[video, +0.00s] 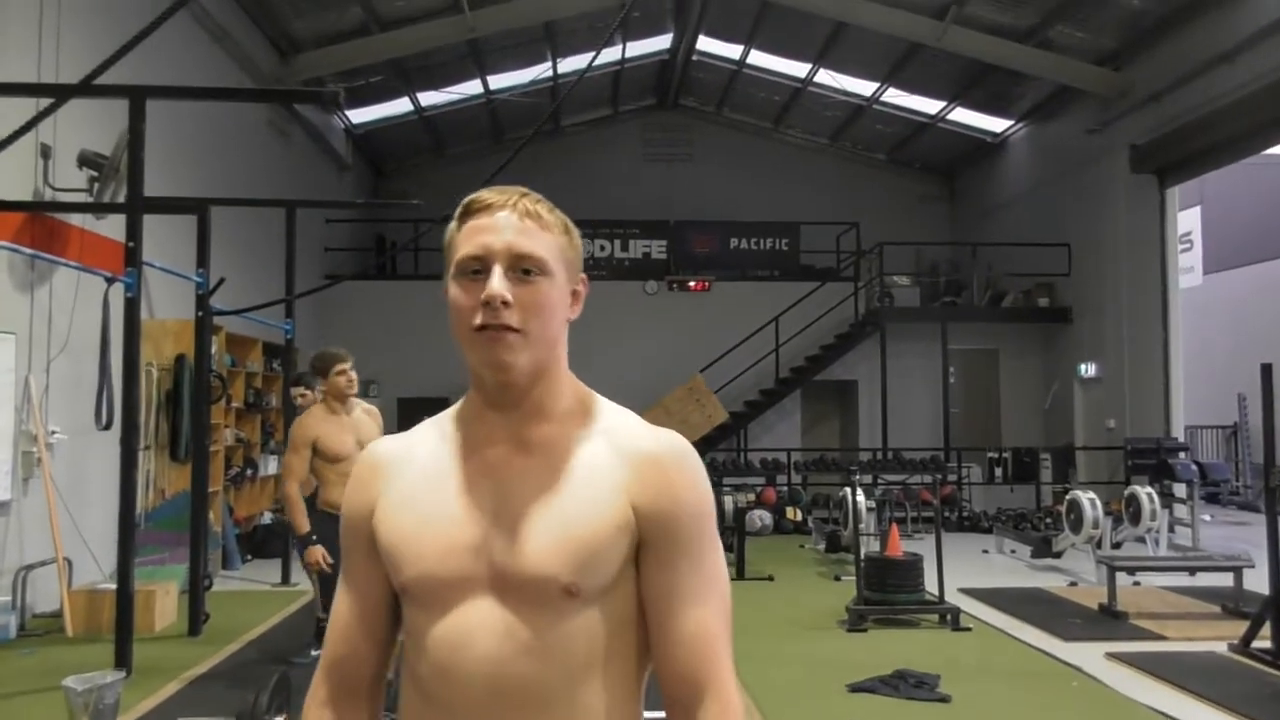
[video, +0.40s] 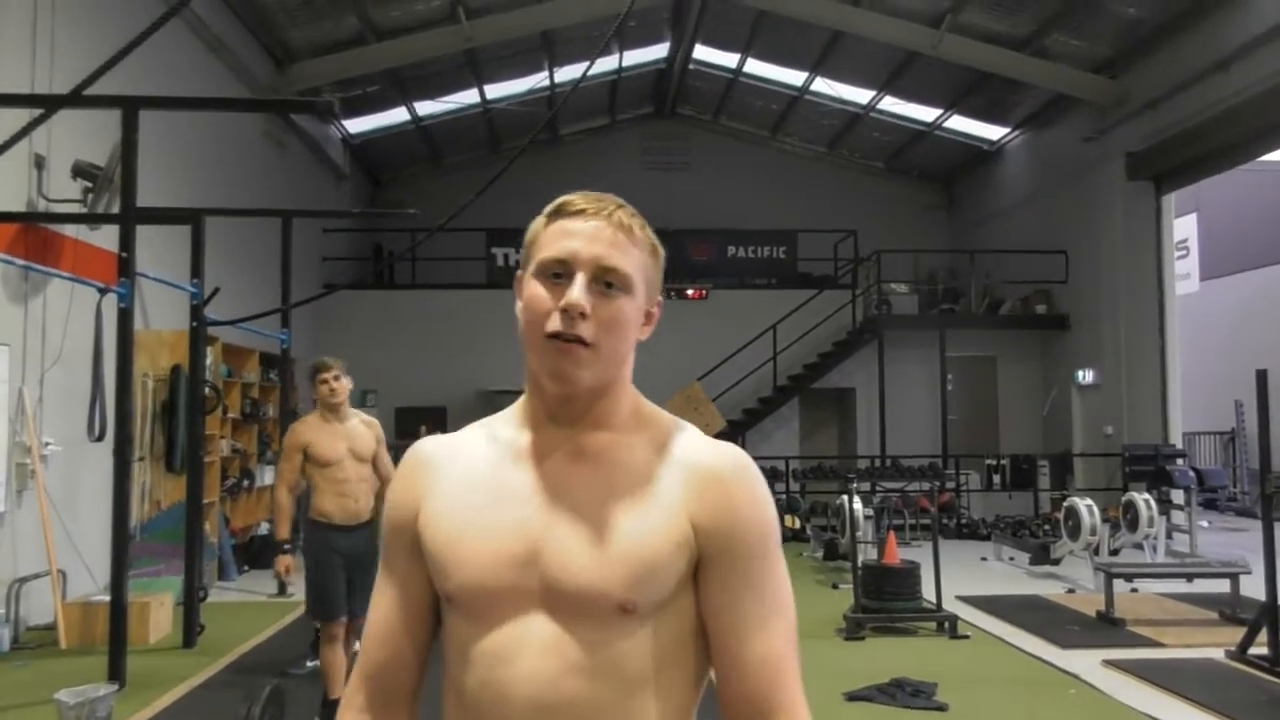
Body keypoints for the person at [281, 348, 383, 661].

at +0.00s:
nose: (351, 378)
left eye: (352, 371)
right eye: (342, 374)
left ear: (356, 374)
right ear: (323, 382)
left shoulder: (371, 414)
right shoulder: (307, 424)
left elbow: (380, 465)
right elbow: (291, 485)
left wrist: (387, 511)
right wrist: (307, 541)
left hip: (371, 515)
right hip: (331, 519)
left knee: (376, 595)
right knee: (332, 602)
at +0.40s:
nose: (331, 386)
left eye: (336, 380)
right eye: (323, 382)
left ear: (349, 384)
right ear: (315, 391)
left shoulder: (370, 426)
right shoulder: (302, 431)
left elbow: (390, 478)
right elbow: (284, 488)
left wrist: (407, 520)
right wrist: (283, 547)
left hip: (365, 530)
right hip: (324, 532)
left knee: (356, 625)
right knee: (334, 628)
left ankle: (344, 697)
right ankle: (335, 705)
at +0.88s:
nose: (322, 398)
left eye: (329, 392)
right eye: (316, 393)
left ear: (343, 398)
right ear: (307, 399)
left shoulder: (356, 444)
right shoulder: (285, 436)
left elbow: (365, 502)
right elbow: (259, 487)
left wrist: (369, 556)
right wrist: (253, 540)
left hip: (336, 544)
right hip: (291, 543)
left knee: (324, 636)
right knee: (298, 636)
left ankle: (319, 710)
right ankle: (297, 712)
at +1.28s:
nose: (276, 411)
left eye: (284, 405)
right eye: (270, 406)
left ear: (298, 411)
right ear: (261, 413)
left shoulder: (317, 456)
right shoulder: (243, 455)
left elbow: (334, 512)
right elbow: (226, 511)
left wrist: (343, 566)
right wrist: (222, 567)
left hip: (301, 565)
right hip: (254, 566)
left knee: (300, 654)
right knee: (245, 661)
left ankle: (305, 716)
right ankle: (238, 715)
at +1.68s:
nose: (235, 426)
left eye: (241, 419)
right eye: (227, 421)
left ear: (254, 424)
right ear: (217, 429)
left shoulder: (279, 465)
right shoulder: (201, 475)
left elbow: (297, 520)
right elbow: (181, 529)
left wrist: (289, 567)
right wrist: (182, 584)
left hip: (274, 575)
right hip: (227, 579)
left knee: (290, 667)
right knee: (230, 674)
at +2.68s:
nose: (282, 457)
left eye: (282, 450)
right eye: (277, 450)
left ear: (260, 453)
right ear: (256, 452)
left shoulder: (278, 495)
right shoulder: (212, 494)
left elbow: (287, 553)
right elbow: (186, 551)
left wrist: (302, 604)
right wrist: (185, 613)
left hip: (273, 606)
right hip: (228, 608)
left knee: (276, 697)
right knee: (226, 703)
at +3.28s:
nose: (312, 473)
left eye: (314, 467)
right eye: (307, 465)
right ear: (284, 463)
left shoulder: (303, 508)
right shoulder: (248, 501)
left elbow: (309, 568)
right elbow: (204, 549)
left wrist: (321, 621)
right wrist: (224, 604)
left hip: (297, 617)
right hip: (255, 620)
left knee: (282, 704)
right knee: (238, 708)